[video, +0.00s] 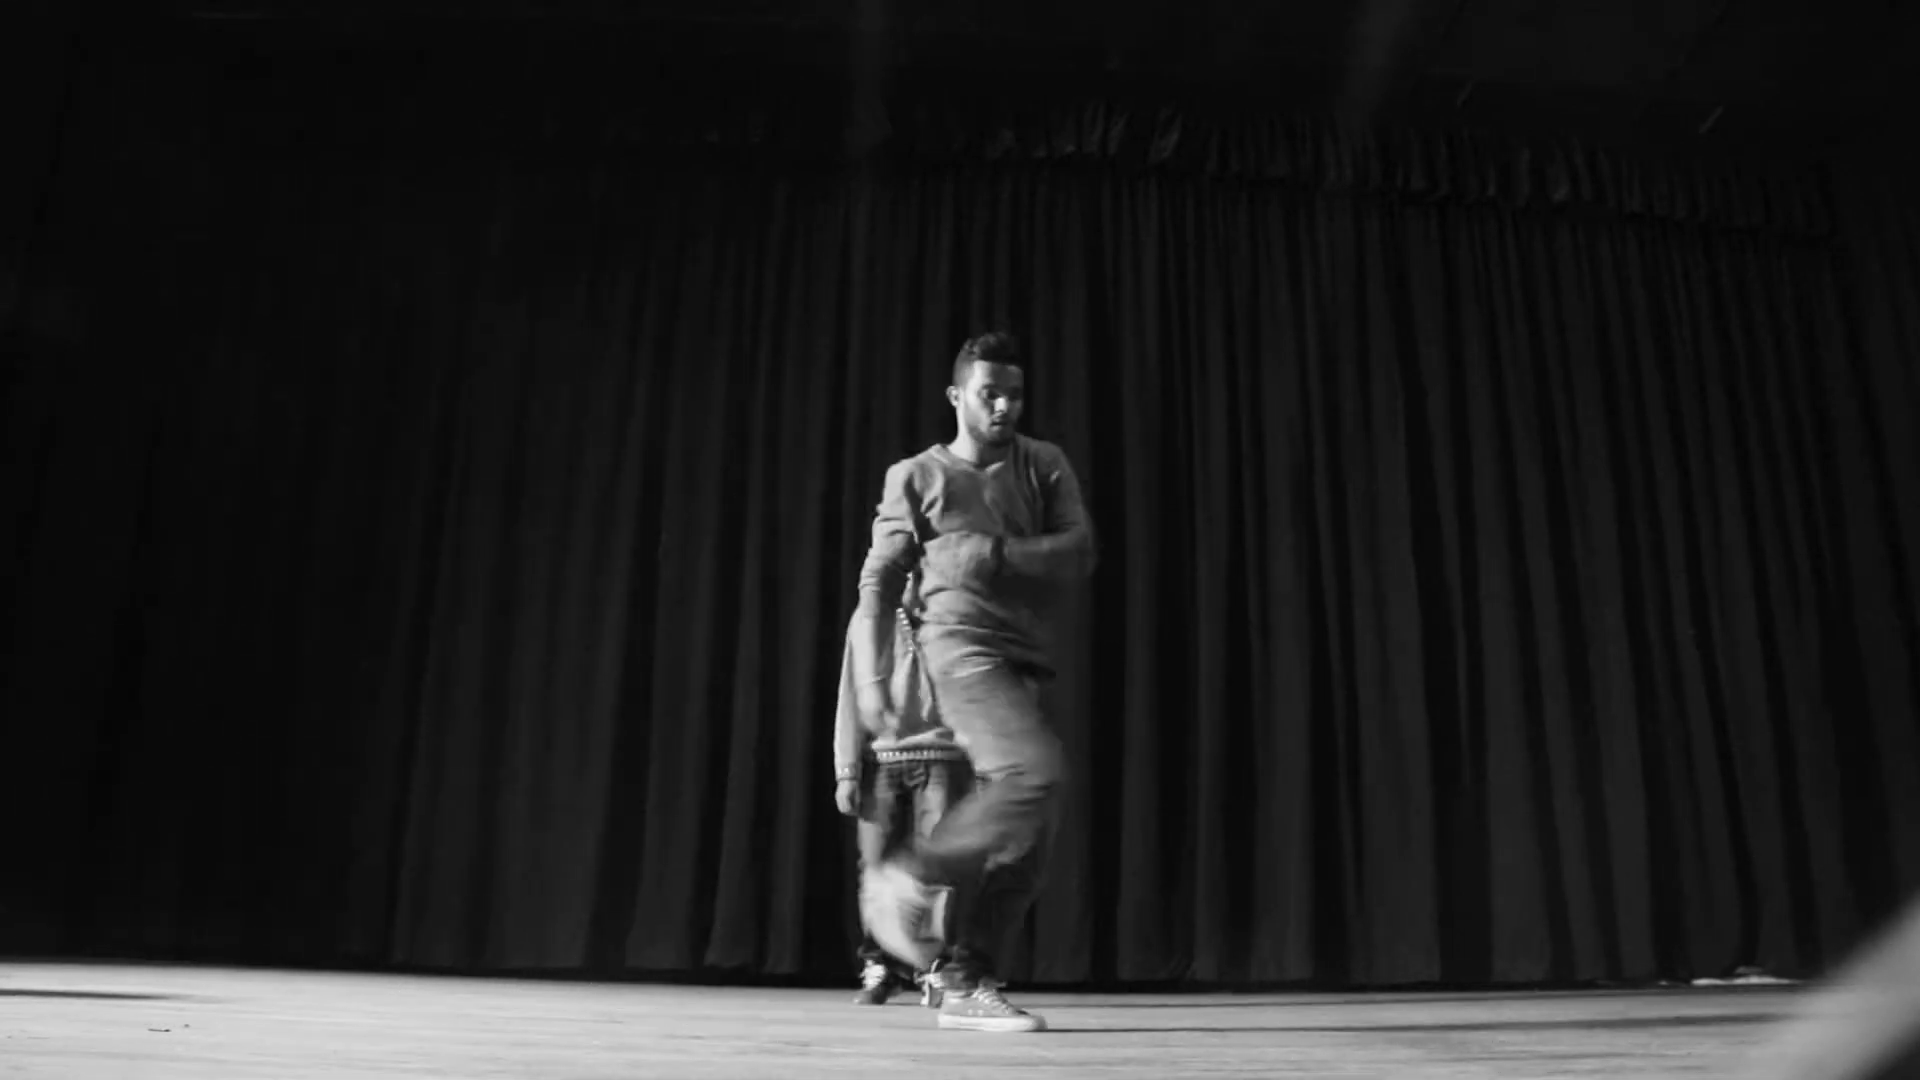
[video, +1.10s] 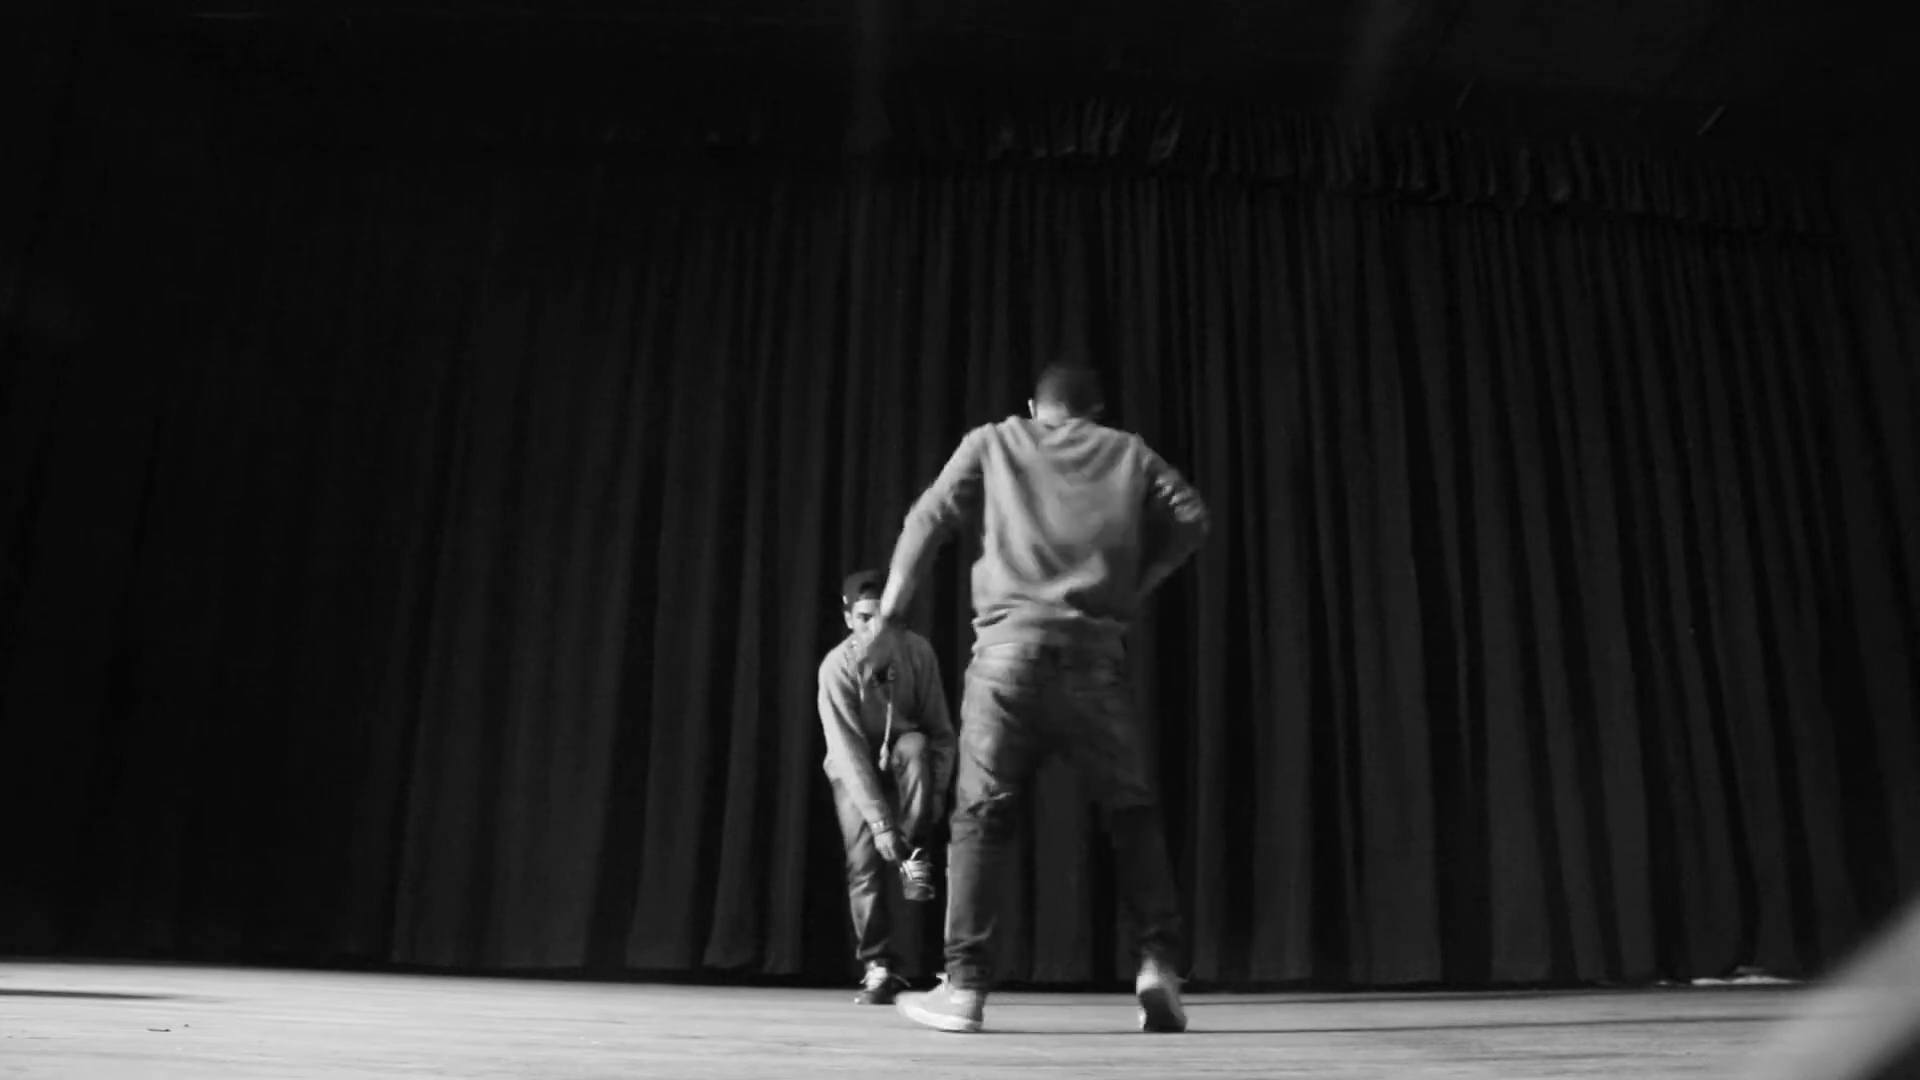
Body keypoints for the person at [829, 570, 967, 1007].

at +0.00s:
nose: (909, 590)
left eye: (916, 581)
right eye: (901, 582)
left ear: (929, 583)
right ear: (885, 584)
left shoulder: (945, 625)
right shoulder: (867, 624)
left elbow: (972, 696)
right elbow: (849, 699)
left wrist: (981, 759)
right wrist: (847, 770)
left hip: (939, 760)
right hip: (881, 761)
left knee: (938, 866)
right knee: (874, 869)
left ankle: (934, 965)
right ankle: (877, 961)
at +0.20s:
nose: (879, 617)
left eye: (886, 605)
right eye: (870, 607)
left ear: (902, 598)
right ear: (858, 604)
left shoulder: (934, 628)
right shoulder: (847, 646)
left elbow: (958, 695)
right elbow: (846, 728)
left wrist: (959, 754)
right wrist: (858, 801)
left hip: (927, 748)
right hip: (874, 754)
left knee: (927, 834)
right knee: (872, 861)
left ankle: (931, 951)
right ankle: (879, 963)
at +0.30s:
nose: (870, 632)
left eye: (877, 621)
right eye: (860, 622)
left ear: (893, 612)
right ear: (848, 619)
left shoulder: (925, 636)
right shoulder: (843, 664)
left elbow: (956, 705)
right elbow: (851, 745)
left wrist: (959, 761)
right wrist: (867, 823)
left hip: (922, 743)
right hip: (870, 751)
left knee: (928, 791)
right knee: (869, 856)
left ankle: (922, 903)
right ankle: (876, 963)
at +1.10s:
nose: (875, 626)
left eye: (882, 616)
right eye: (865, 617)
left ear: (895, 616)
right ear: (848, 616)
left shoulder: (918, 652)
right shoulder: (837, 668)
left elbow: (942, 731)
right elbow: (848, 754)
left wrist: (940, 794)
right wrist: (880, 826)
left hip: (906, 752)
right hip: (855, 759)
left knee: (914, 744)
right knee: (865, 861)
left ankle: (917, 852)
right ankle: (877, 965)